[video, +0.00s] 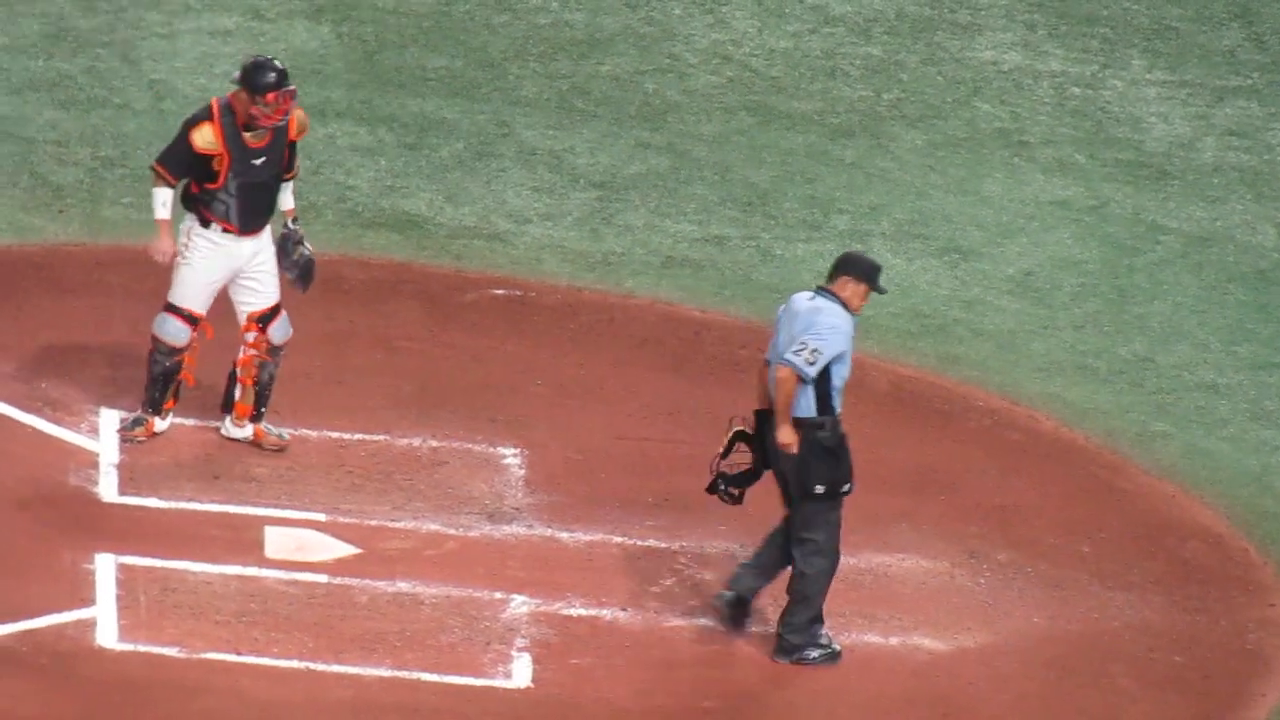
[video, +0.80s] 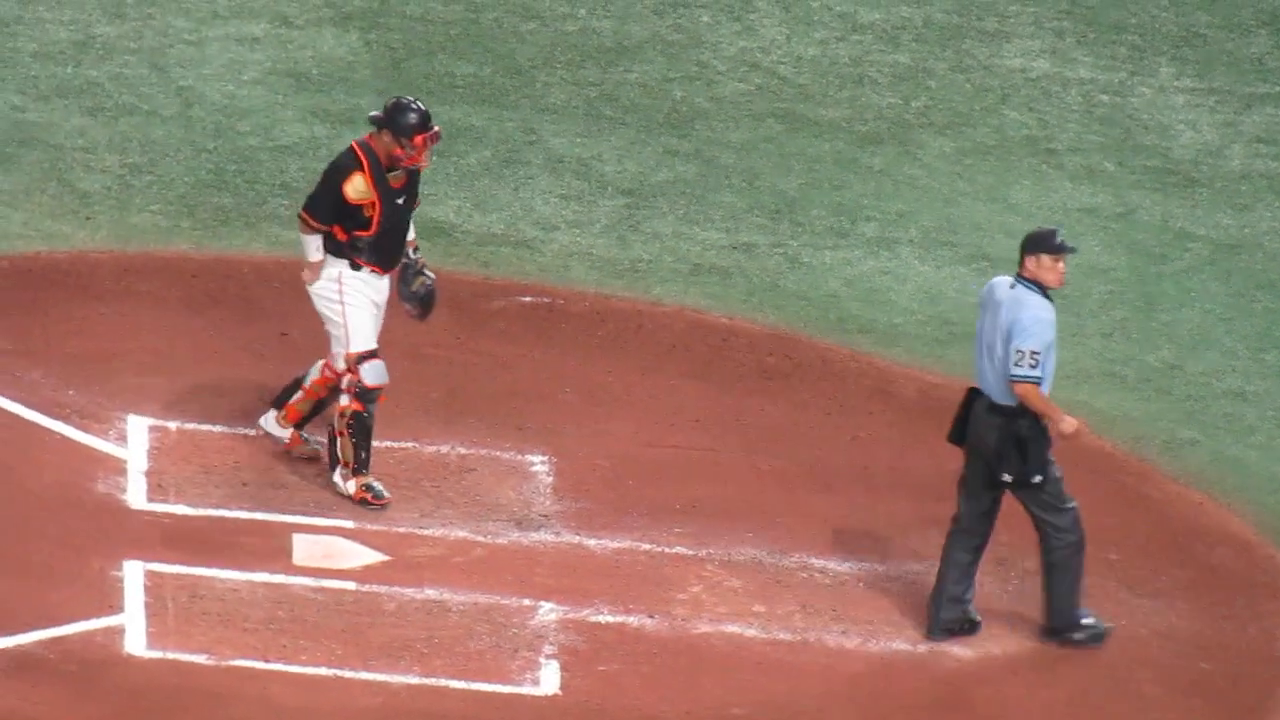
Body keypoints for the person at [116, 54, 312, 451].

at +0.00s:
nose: (278, 105)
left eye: (281, 97)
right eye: (269, 99)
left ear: (283, 95)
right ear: (246, 96)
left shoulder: (288, 124)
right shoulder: (210, 126)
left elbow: (286, 177)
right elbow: (163, 174)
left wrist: (291, 226)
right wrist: (164, 232)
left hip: (257, 242)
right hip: (208, 240)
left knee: (270, 333)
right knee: (174, 329)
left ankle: (243, 420)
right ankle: (154, 413)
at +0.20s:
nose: (322, 109)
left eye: (326, 102)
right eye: (316, 102)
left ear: (326, 99)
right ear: (293, 97)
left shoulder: (324, 130)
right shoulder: (254, 128)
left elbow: (320, 185)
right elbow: (209, 173)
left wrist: (319, 234)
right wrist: (207, 222)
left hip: (295, 251)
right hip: (251, 248)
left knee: (293, 341)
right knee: (221, 344)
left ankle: (251, 423)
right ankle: (166, 411)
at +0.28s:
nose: (337, 110)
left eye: (340, 102)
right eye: (329, 102)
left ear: (340, 100)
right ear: (307, 98)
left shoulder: (336, 130)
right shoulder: (268, 127)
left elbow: (328, 190)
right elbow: (221, 171)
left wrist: (328, 240)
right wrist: (221, 221)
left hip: (306, 251)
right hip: (262, 247)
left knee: (299, 340)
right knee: (248, 349)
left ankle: (254, 423)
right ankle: (183, 407)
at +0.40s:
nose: (360, 117)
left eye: (363, 109)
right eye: (353, 109)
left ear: (360, 107)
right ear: (331, 104)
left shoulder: (358, 135)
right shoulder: (287, 130)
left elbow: (346, 191)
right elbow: (239, 171)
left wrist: (345, 241)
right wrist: (243, 219)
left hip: (321, 251)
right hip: (279, 247)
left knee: (312, 345)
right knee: (285, 350)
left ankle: (263, 425)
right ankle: (224, 421)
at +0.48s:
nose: (373, 122)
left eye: (377, 114)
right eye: (366, 114)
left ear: (376, 111)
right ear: (343, 109)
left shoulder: (369, 142)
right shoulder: (301, 135)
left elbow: (359, 195)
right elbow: (252, 175)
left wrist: (358, 245)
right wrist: (256, 220)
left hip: (330, 256)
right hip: (289, 250)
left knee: (315, 346)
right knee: (304, 347)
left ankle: (267, 418)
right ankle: (261, 436)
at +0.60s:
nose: (392, 131)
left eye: (395, 123)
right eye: (385, 124)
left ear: (392, 121)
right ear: (362, 118)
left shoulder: (386, 149)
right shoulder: (320, 145)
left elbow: (380, 202)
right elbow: (274, 192)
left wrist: (378, 250)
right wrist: (279, 236)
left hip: (346, 263)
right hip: (305, 257)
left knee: (313, 350)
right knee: (326, 354)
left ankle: (266, 422)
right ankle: (317, 455)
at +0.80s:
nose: (420, 151)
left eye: (422, 143)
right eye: (414, 143)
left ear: (412, 140)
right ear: (392, 138)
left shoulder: (407, 162)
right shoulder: (351, 167)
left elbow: (402, 215)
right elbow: (311, 218)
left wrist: (412, 260)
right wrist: (314, 262)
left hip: (378, 280)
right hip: (342, 277)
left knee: (343, 366)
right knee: (366, 374)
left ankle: (282, 421)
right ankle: (351, 472)